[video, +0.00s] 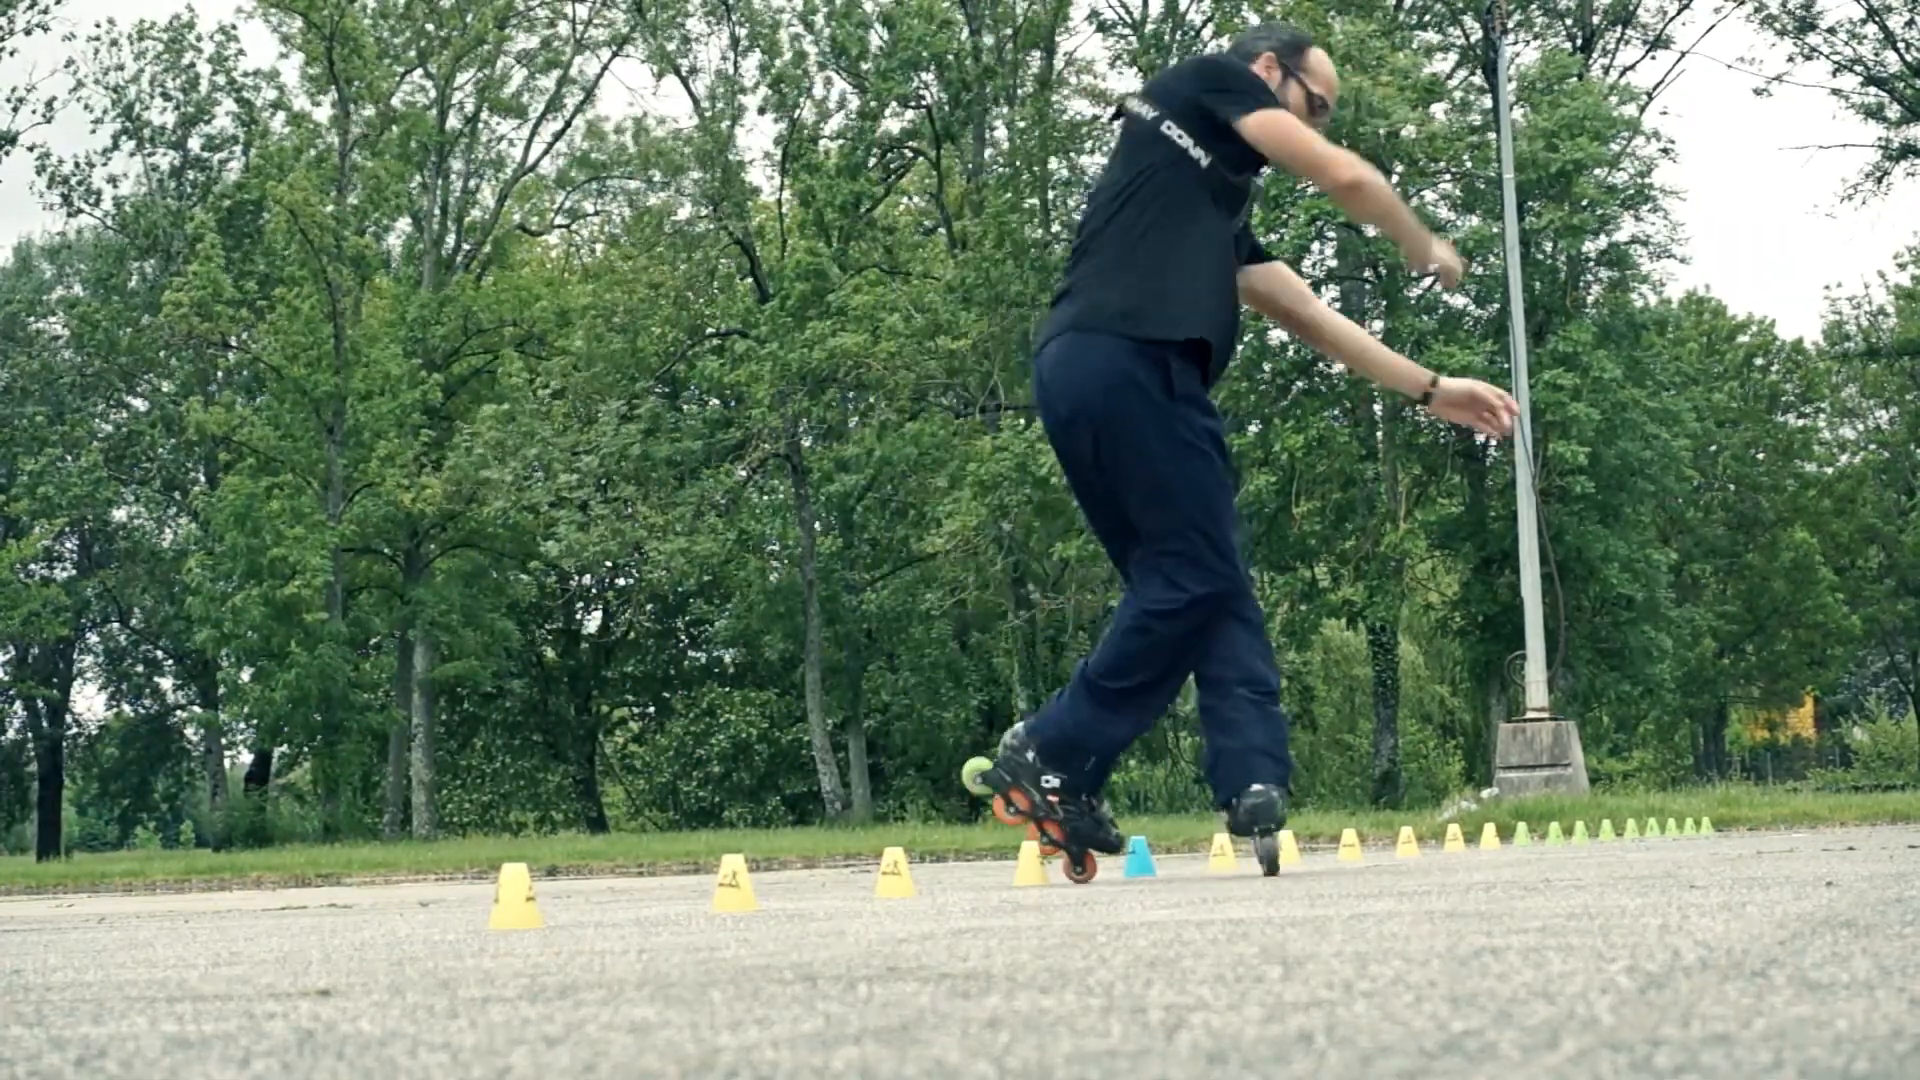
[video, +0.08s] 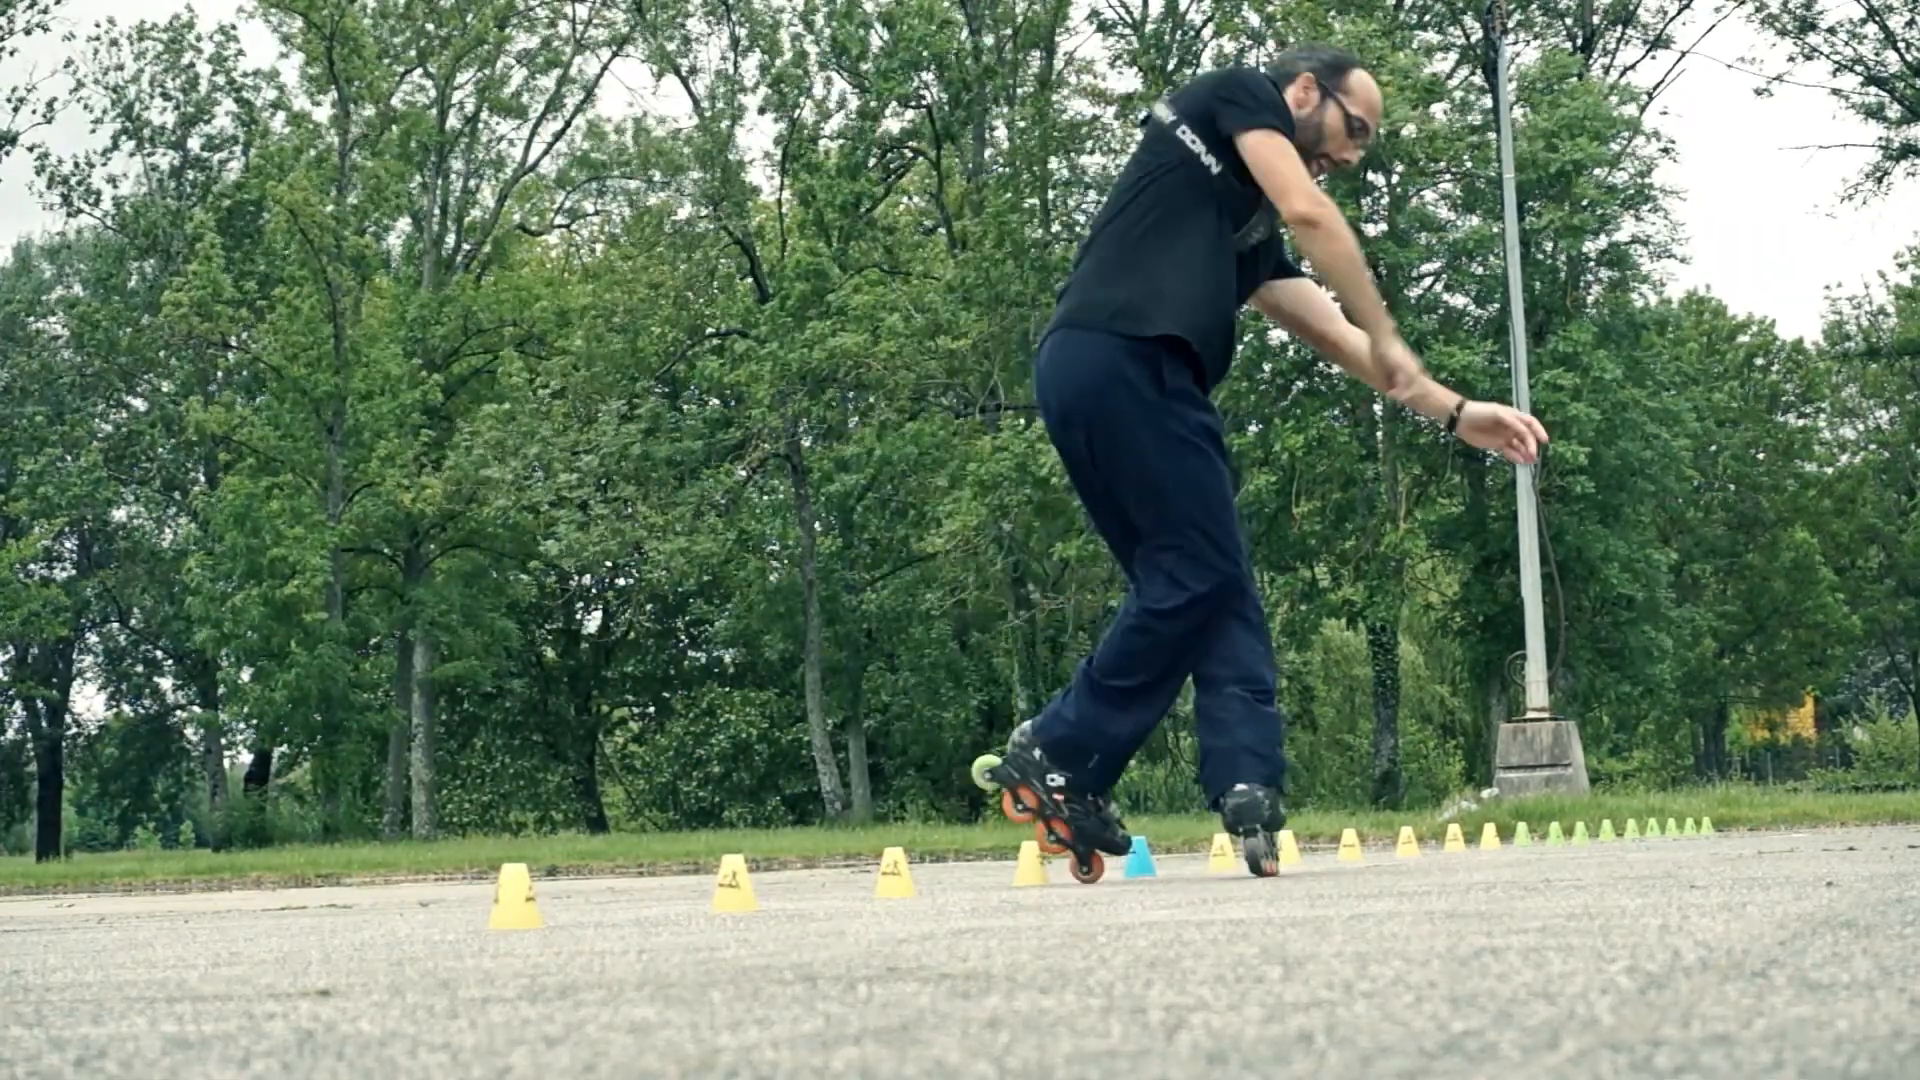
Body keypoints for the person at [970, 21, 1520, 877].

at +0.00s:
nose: (1318, 123)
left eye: (1325, 111)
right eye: (1315, 101)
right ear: (1268, 67)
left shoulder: (1215, 211)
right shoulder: (1210, 77)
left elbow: (1308, 314)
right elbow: (1343, 173)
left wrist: (1430, 386)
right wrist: (1420, 245)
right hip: (1120, 354)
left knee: (1215, 584)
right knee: (1189, 576)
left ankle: (1252, 786)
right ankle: (1052, 756)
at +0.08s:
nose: (1352, 154)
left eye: (1363, 143)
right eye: (1353, 126)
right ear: (1305, 90)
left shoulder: (1252, 230)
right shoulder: (1234, 92)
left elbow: (1335, 329)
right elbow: (1307, 211)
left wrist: (1457, 412)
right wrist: (1382, 337)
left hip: (1150, 379)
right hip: (1117, 356)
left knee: (1222, 589)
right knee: (1191, 576)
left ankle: (1249, 790)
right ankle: (1055, 758)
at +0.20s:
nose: (1403, 186)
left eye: (1417, 177)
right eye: (1405, 159)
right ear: (1360, 118)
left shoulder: (1295, 243)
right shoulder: (1278, 108)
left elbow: (1354, 375)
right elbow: (1229, 175)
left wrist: (1451, 487)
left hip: (1167, 390)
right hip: (1110, 357)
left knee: (1234, 585)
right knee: (1182, 570)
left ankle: (1238, 792)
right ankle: (1050, 759)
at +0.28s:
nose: (1431, 199)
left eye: (1445, 192)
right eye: (1433, 172)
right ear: (1388, 129)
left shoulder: (1319, 256)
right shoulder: (1301, 116)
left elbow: (1355, 393)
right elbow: (1193, 125)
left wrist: (1427, 530)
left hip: (1172, 391)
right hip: (1109, 348)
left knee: (1235, 580)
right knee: (1159, 569)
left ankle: (1236, 794)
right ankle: (1034, 760)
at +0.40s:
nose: (1452, 195)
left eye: (1468, 188)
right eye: (1455, 167)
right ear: (1411, 119)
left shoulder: (1349, 245)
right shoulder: (1316, 106)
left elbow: (1362, 396)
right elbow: (1201, 64)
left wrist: (1416, 536)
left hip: (1190, 394)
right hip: (1113, 346)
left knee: (1242, 569)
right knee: (1140, 562)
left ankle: (1233, 791)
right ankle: (1021, 760)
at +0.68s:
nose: (1449, 93)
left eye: (1470, 81)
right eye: (1439, 65)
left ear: (1486, 75)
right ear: (1396, 28)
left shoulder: (1404, 171)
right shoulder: (1291, 51)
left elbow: (1428, 328)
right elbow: (1145, 38)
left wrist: (1491, 463)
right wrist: (1164, 85)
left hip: (1255, 363)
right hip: (1148, 334)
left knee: (1306, 561)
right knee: (1188, 551)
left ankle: (1249, 778)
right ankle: (1122, 767)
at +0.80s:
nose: (1430, 50)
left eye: (1454, 35)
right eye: (1417, 24)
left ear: (1473, 30)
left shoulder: (1430, 134)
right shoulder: (1290, 37)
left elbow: (1464, 289)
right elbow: (1145, 96)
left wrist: (1531, 426)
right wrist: (1209, 196)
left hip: (1291, 354)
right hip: (1176, 328)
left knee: (1339, 551)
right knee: (1220, 531)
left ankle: (1303, 779)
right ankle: (1173, 773)